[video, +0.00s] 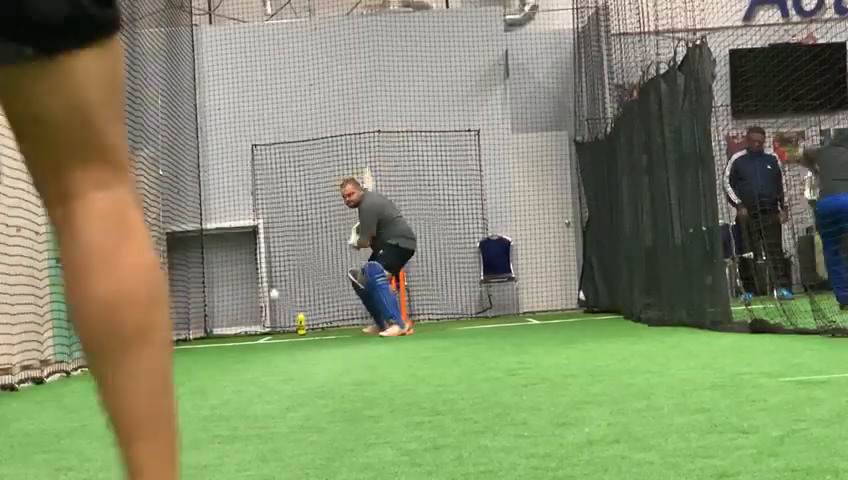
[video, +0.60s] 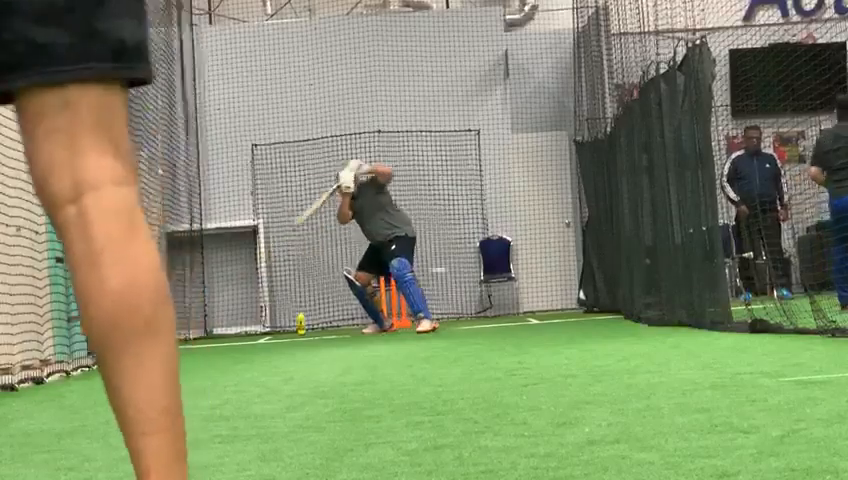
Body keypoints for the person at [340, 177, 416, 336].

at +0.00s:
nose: (347, 200)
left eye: (350, 195)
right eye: (344, 197)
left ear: (360, 190)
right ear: (342, 197)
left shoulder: (367, 205)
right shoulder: (369, 199)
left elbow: (365, 241)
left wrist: (357, 243)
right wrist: (364, 227)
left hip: (399, 243)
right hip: (391, 243)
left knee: (373, 272)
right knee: (360, 279)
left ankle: (398, 324)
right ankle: (382, 324)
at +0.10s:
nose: (344, 197)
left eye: (346, 192)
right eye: (341, 194)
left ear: (356, 187)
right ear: (340, 193)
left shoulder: (367, 199)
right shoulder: (359, 204)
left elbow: (360, 232)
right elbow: (358, 229)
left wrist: (341, 238)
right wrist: (342, 235)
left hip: (399, 240)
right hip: (381, 245)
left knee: (383, 272)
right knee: (359, 282)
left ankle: (397, 323)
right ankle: (380, 324)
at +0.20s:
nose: (341, 194)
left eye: (342, 190)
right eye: (340, 190)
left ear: (350, 186)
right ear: (355, 186)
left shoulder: (363, 195)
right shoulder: (355, 205)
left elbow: (336, 216)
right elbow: (336, 229)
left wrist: (312, 231)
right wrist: (310, 241)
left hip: (402, 238)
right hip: (383, 245)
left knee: (396, 273)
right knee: (359, 282)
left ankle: (397, 320)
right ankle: (380, 322)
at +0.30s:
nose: (338, 197)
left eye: (339, 193)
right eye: (338, 194)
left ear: (347, 187)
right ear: (348, 187)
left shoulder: (364, 193)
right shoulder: (354, 207)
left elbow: (333, 211)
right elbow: (330, 225)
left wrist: (307, 216)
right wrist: (300, 230)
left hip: (403, 237)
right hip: (383, 245)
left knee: (400, 271)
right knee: (361, 280)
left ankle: (408, 320)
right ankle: (381, 323)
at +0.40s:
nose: (339, 194)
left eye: (341, 189)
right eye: (338, 191)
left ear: (350, 186)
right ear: (339, 193)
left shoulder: (364, 191)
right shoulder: (350, 210)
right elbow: (339, 228)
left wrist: (321, 196)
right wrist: (318, 214)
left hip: (401, 236)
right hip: (381, 244)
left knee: (400, 269)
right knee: (360, 280)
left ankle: (416, 318)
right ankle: (381, 323)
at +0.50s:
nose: (342, 187)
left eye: (344, 182)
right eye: (339, 184)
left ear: (352, 181)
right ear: (338, 188)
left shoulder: (367, 191)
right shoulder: (349, 206)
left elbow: (366, 170)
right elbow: (344, 224)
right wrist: (336, 200)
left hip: (400, 235)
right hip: (379, 244)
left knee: (400, 268)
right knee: (358, 281)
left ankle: (421, 317)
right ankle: (381, 323)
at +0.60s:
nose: (349, 181)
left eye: (350, 177)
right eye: (345, 180)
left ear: (357, 177)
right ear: (343, 184)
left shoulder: (372, 186)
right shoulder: (350, 202)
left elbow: (387, 172)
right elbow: (343, 219)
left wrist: (365, 169)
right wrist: (346, 195)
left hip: (400, 234)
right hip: (379, 242)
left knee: (399, 269)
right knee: (360, 280)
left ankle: (425, 318)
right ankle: (381, 323)